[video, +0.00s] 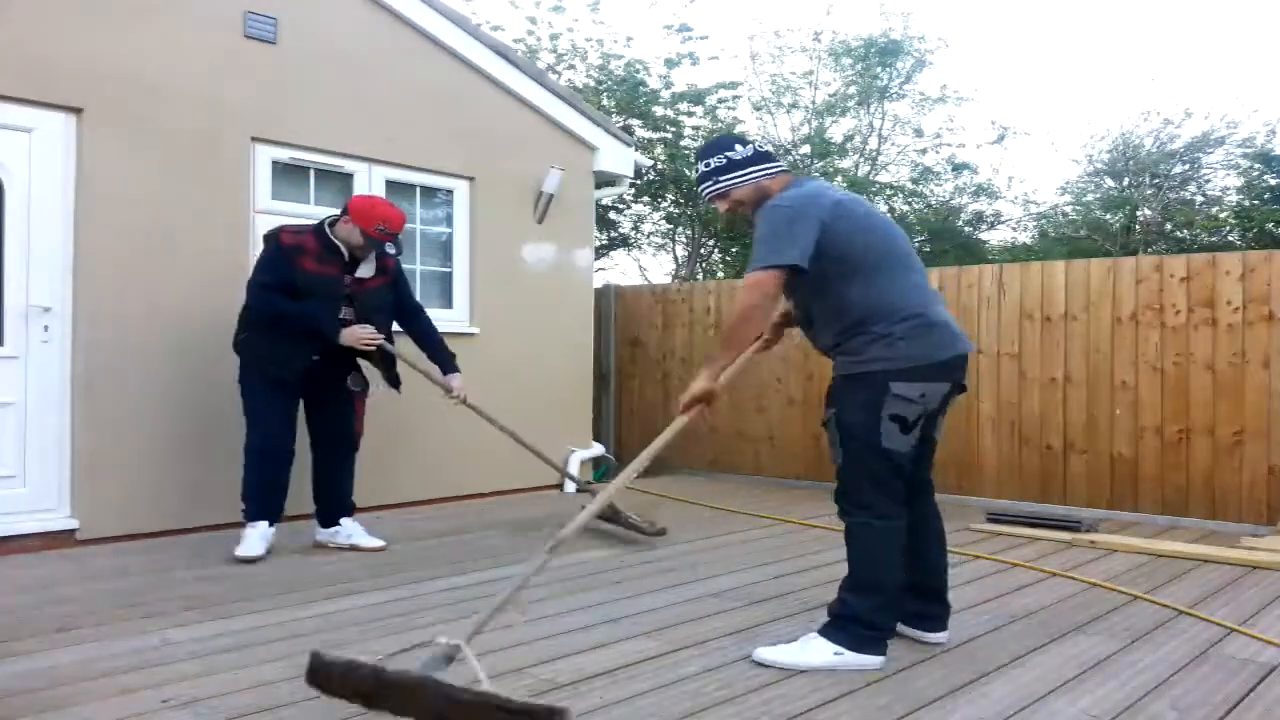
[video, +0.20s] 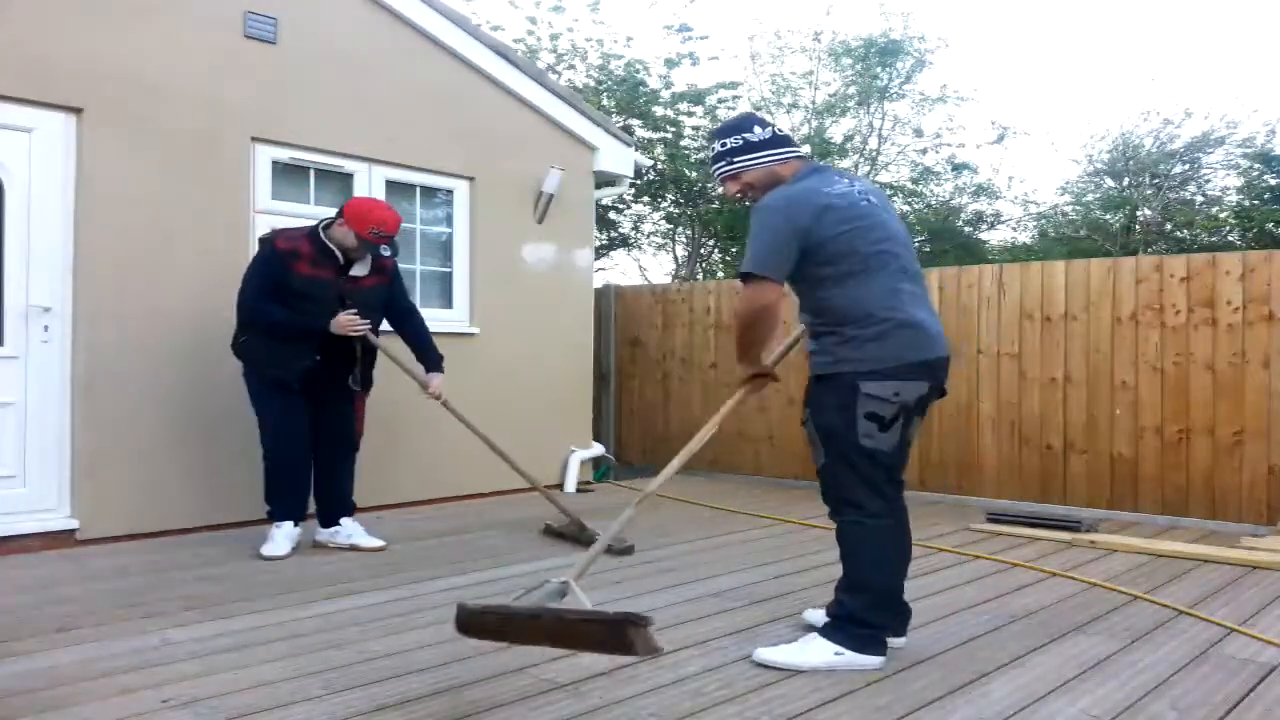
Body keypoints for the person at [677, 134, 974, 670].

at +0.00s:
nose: (723, 209)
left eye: (721, 195)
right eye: (717, 200)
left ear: (743, 177)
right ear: (764, 167)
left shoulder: (789, 206)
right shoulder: (824, 197)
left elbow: (759, 299)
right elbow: (843, 276)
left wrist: (713, 371)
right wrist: (787, 317)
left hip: (886, 361)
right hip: (932, 355)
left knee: (866, 496)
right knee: (910, 491)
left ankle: (857, 636)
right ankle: (924, 613)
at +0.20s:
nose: (736, 193)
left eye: (735, 180)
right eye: (730, 185)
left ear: (761, 159)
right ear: (780, 155)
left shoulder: (783, 203)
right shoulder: (853, 186)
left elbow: (760, 305)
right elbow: (877, 263)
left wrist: (753, 362)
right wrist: (827, 307)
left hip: (865, 364)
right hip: (913, 356)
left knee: (858, 498)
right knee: (876, 492)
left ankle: (861, 637)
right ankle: (871, 613)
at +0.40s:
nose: (735, 192)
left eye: (735, 178)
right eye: (728, 183)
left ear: (764, 162)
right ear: (785, 159)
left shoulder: (775, 210)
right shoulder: (862, 188)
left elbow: (764, 313)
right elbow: (909, 224)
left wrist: (773, 362)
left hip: (843, 363)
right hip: (907, 357)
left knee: (784, 483)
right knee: (866, 485)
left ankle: (842, 622)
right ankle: (883, 617)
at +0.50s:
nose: (722, 198)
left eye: (722, 185)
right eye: (717, 189)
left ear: (751, 169)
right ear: (774, 166)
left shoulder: (762, 216)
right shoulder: (847, 190)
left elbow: (758, 316)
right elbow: (907, 228)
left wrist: (763, 371)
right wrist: (862, 294)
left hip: (833, 361)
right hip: (902, 356)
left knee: (767, 476)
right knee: (864, 483)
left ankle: (791, 623)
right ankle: (878, 616)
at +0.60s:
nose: (704, 205)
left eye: (704, 192)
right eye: (699, 196)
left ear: (731, 176)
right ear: (753, 172)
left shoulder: (744, 220)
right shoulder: (832, 192)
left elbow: (740, 330)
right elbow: (886, 243)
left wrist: (740, 382)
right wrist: (846, 304)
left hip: (827, 359)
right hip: (895, 354)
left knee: (766, 481)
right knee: (865, 486)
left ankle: (733, 620)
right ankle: (878, 616)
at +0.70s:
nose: (683, 214)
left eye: (682, 202)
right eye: (677, 207)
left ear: (705, 184)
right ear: (728, 178)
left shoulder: (722, 223)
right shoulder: (811, 200)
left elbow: (713, 324)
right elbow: (866, 267)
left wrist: (712, 389)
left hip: (814, 361)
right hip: (884, 356)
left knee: (761, 487)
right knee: (860, 488)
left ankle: (712, 617)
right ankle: (878, 616)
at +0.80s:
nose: (652, 217)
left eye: (651, 204)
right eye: (646, 209)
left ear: (677, 189)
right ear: (702, 182)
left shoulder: (698, 225)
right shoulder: (776, 203)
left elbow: (690, 324)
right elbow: (806, 301)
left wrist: (683, 396)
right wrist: (753, 373)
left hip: (796, 362)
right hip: (865, 355)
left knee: (742, 489)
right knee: (852, 490)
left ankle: (705, 619)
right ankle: (877, 617)